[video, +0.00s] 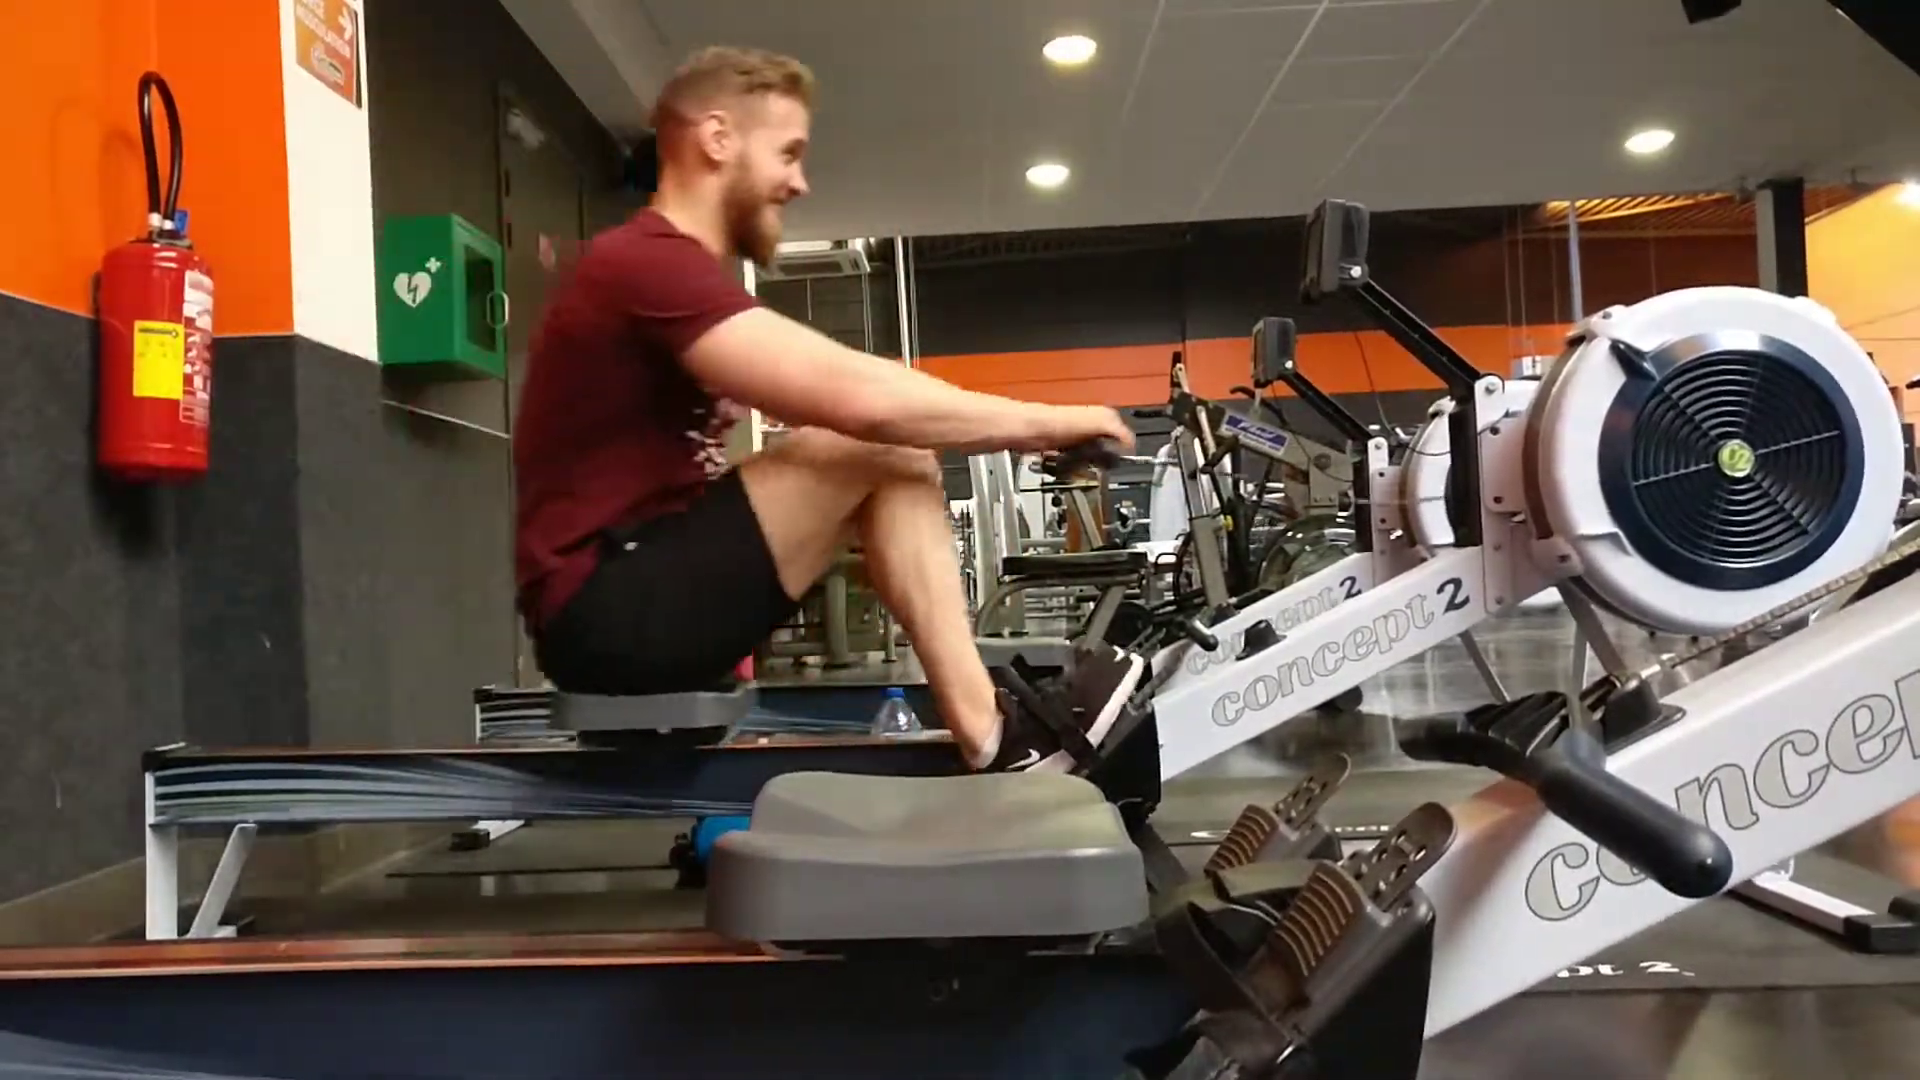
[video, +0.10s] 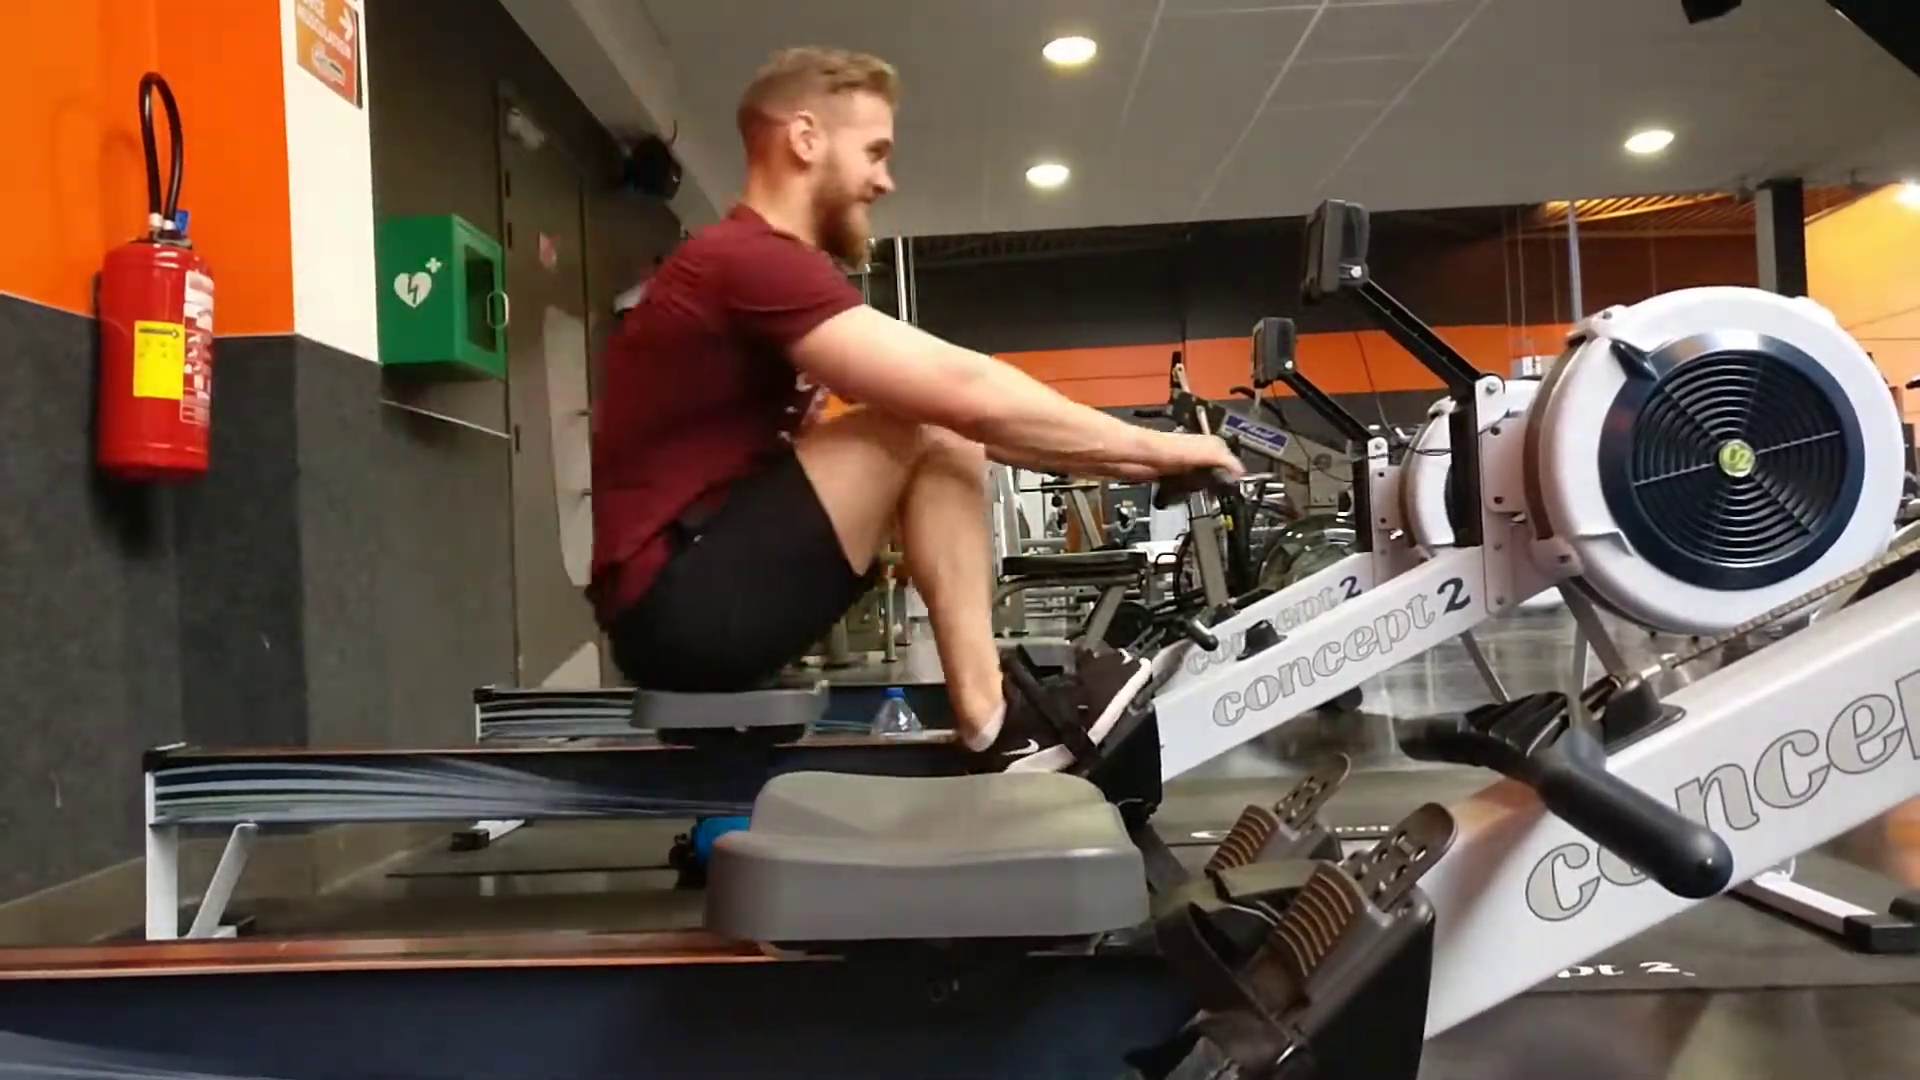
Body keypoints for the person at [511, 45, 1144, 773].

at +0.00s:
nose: (800, 183)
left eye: (802, 160)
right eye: (788, 153)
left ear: (716, 145)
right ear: (714, 138)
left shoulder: (667, 269)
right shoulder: (646, 266)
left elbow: (847, 392)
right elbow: (855, 397)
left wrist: (1026, 422)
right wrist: (1034, 422)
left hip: (630, 604)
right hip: (611, 615)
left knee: (872, 444)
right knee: (889, 452)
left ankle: (976, 716)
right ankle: (983, 731)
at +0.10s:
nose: (887, 181)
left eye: (888, 159)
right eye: (875, 152)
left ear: (805, 145)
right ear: (803, 139)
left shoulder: (755, 264)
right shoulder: (751, 261)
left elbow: (960, 400)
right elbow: (968, 396)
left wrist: (1136, 455)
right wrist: (1154, 450)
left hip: (686, 608)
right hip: (679, 614)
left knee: (932, 430)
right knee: (930, 431)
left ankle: (987, 709)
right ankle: (985, 723)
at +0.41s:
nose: (851, 156)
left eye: (845, 131)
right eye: (834, 128)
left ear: (759, 128)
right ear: (760, 124)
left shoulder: (735, 260)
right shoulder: (713, 255)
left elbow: (917, 386)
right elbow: (921, 383)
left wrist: (1106, 422)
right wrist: (1116, 422)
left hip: (704, 600)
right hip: (691, 609)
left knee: (934, 427)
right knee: (932, 427)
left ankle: (992, 700)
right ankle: (992, 717)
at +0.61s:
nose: (562, 141)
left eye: (558, 119)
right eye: (541, 115)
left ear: (474, 122)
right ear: (458, 119)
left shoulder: (517, 271)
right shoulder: (428, 261)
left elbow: (650, 396)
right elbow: (592, 406)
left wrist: (812, 423)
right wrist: (801, 421)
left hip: (557, 588)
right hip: (510, 605)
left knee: (825, 475)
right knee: (818, 478)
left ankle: (988, 717)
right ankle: (989, 733)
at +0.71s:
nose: (435, 170)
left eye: (436, 149)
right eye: (415, 141)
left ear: (362, 147)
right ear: (329, 140)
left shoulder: (406, 295)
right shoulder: (287, 282)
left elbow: (507, 451)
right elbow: (397, 431)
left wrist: (626, 419)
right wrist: (609, 407)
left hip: (496, 580)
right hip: (437, 606)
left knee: (766, 524)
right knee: (759, 525)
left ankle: (989, 721)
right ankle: (992, 745)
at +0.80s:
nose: (415, 180)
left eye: (416, 159)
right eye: (395, 152)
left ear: (335, 155)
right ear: (307, 147)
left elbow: (455, 482)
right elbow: (294, 454)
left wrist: (537, 431)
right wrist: (488, 411)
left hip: (459, 584)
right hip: (396, 607)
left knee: (745, 546)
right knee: (736, 547)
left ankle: (992, 733)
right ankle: (987, 751)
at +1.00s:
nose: (535, 192)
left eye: (539, 170)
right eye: (521, 162)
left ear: (453, 154)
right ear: (435, 142)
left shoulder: (450, 298)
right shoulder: (336, 272)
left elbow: (442, 473)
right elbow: (303, 442)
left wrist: (528, 445)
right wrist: (498, 418)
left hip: (461, 597)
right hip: (400, 615)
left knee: (746, 538)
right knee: (739, 539)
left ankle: (968, 733)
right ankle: (966, 744)